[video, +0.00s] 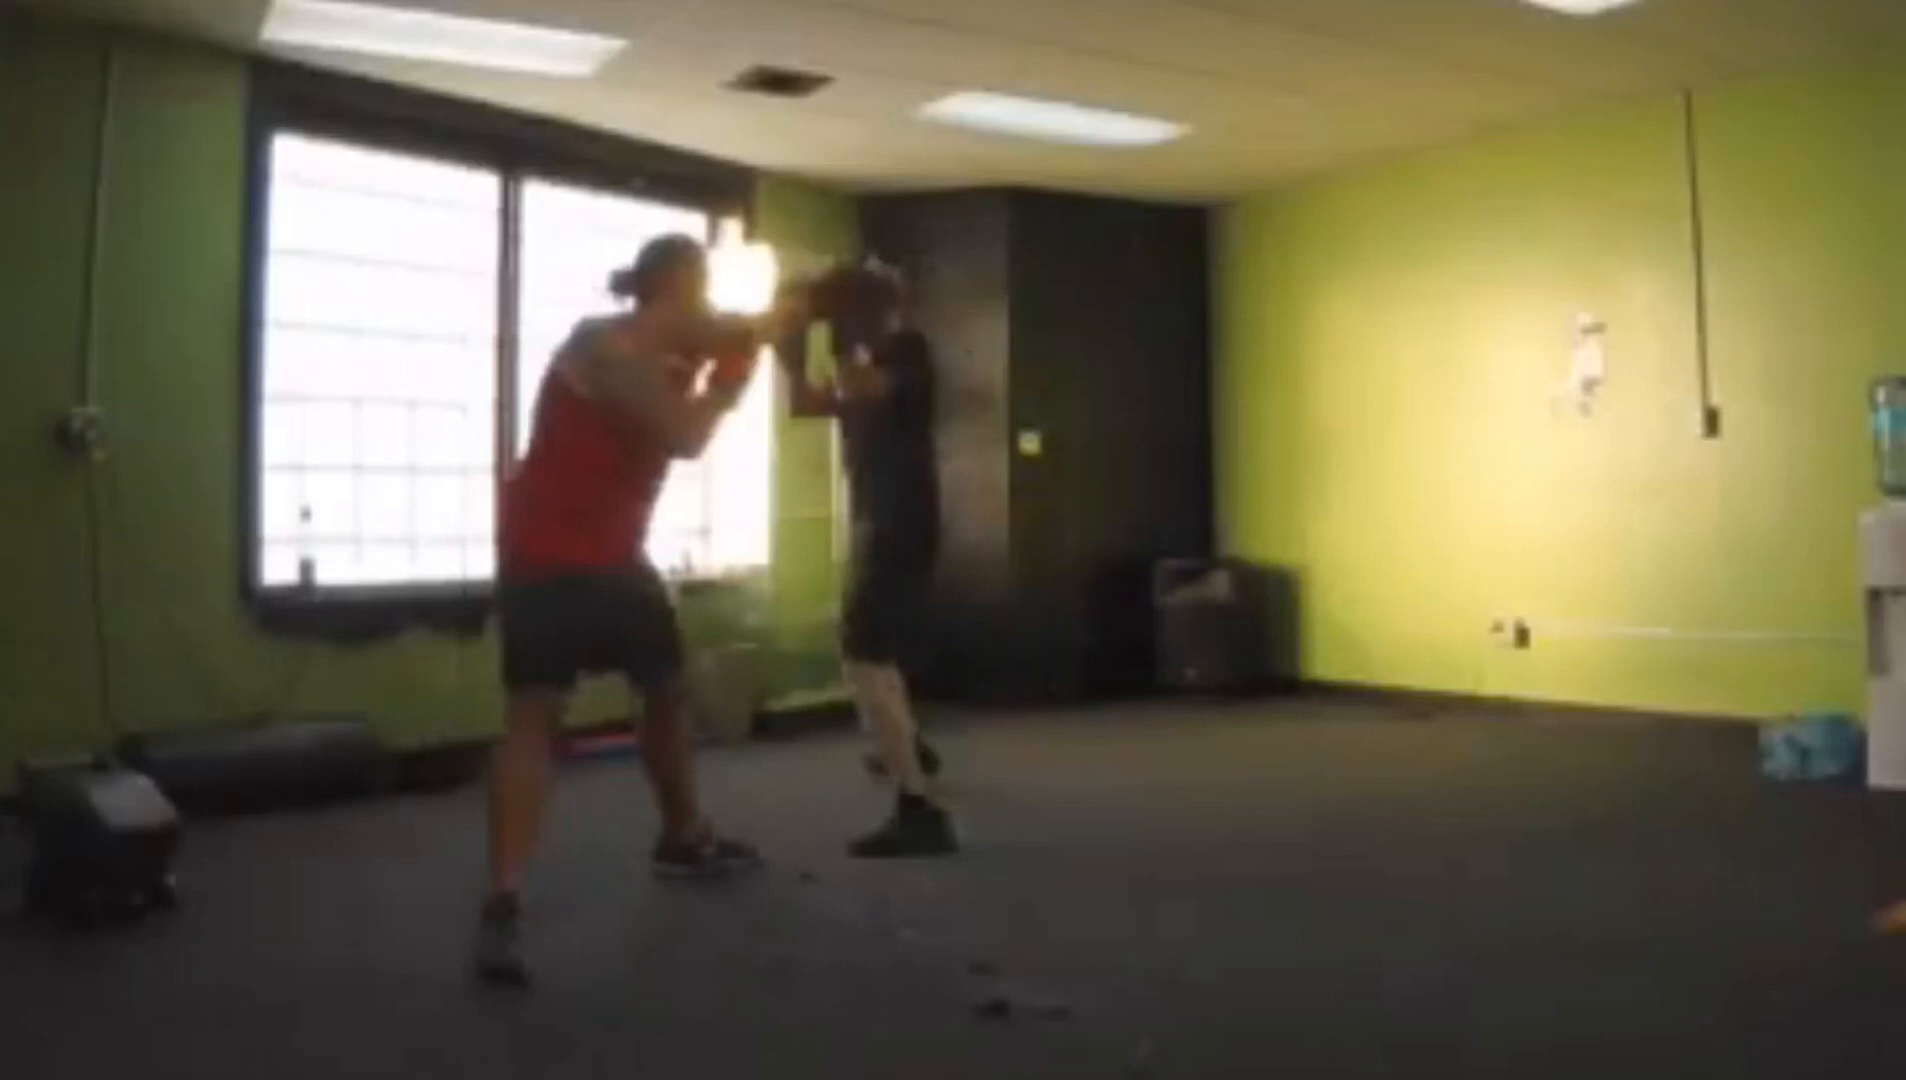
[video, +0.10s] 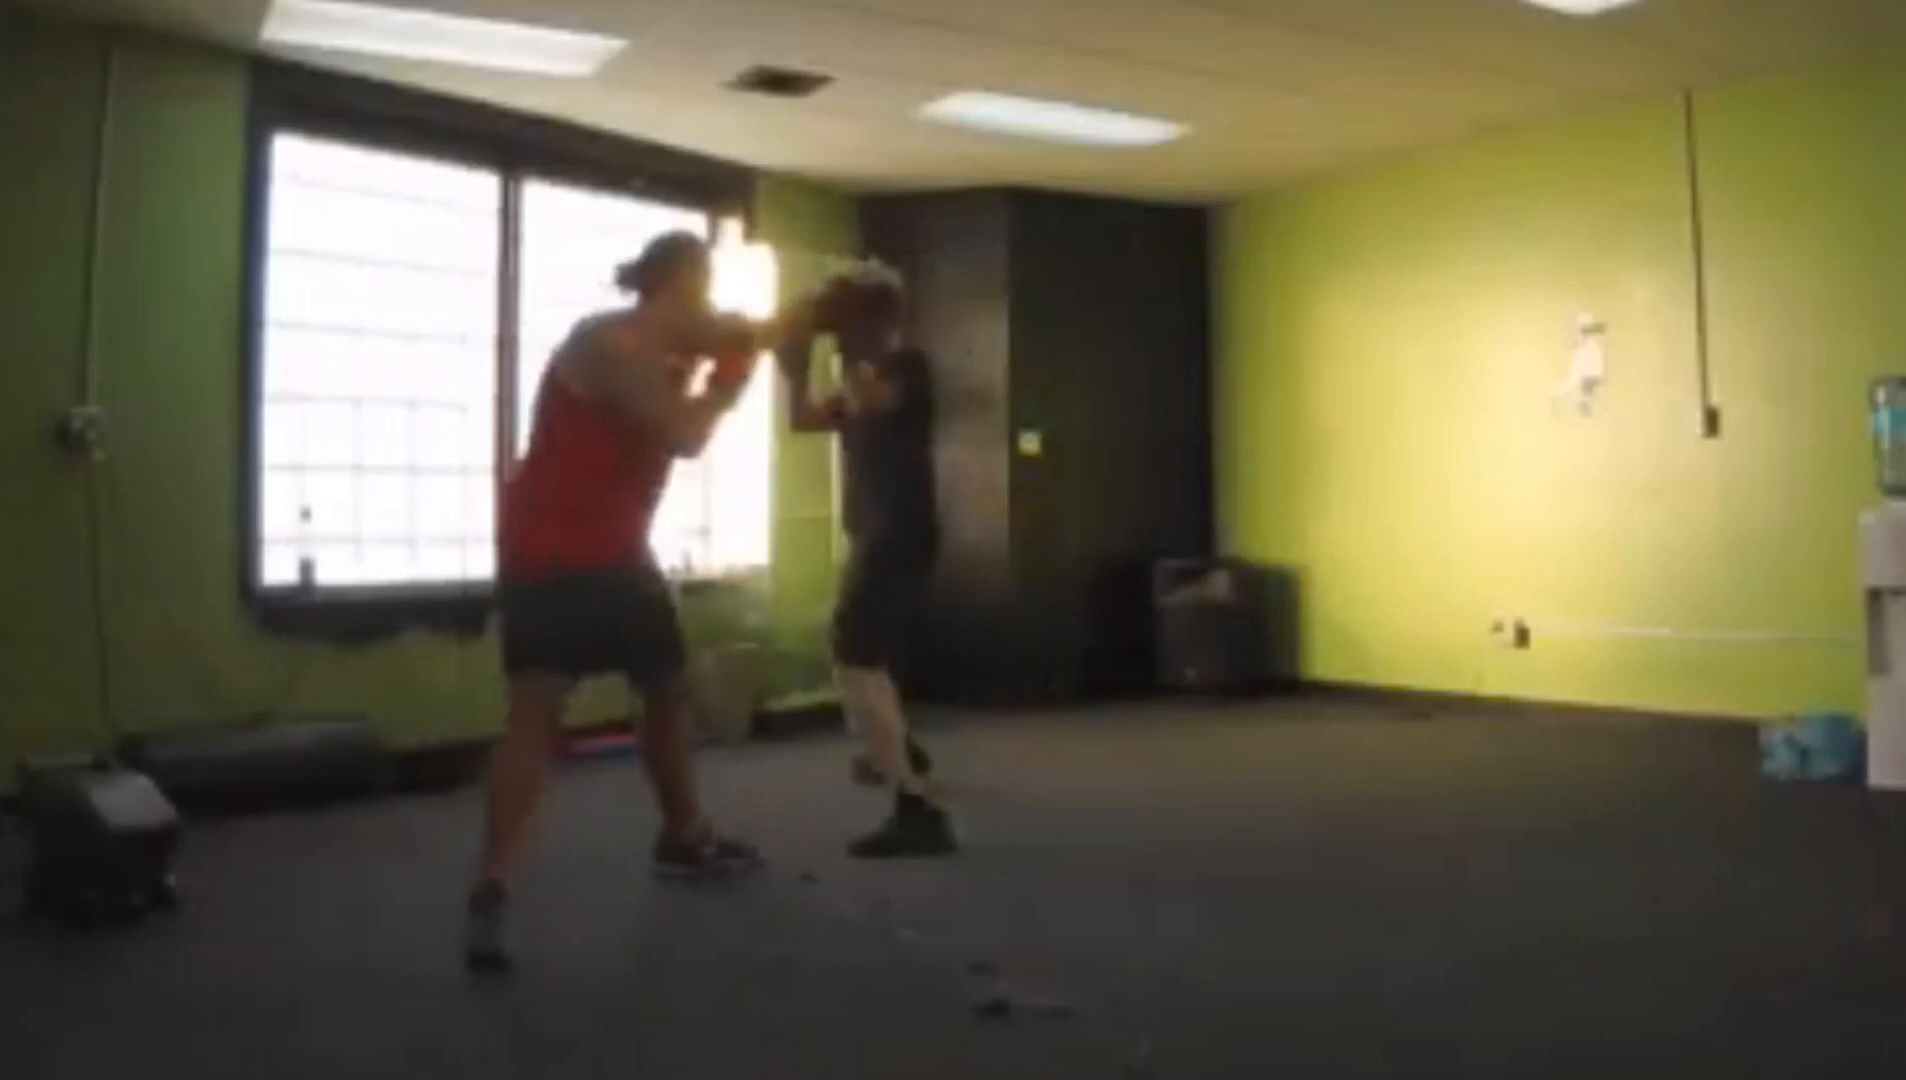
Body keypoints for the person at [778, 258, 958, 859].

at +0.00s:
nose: (840, 325)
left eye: (847, 311)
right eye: (840, 311)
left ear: (871, 307)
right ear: (860, 313)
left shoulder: (906, 351)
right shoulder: (867, 364)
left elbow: (861, 391)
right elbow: (801, 401)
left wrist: (836, 331)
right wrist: (792, 335)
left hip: (899, 524)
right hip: (880, 523)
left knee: (868, 659)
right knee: (869, 656)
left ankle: (916, 805)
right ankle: (908, 754)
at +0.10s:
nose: (841, 335)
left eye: (848, 322)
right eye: (840, 323)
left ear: (873, 319)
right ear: (861, 323)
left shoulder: (907, 367)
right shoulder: (865, 383)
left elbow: (870, 402)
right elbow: (802, 417)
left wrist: (841, 343)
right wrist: (796, 348)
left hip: (898, 538)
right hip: (876, 536)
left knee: (859, 661)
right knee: (863, 656)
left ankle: (912, 803)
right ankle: (899, 752)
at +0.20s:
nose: (851, 337)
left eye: (859, 323)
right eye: (844, 325)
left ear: (876, 324)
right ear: (834, 328)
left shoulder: (900, 374)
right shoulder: (843, 383)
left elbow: (935, 441)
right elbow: (832, 463)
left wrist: (872, 413)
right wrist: (815, 416)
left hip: (888, 528)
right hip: (864, 527)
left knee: (856, 656)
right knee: (870, 655)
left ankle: (903, 793)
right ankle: (908, 757)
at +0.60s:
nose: (833, 312)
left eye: (840, 302)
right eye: (831, 302)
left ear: (853, 303)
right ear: (830, 304)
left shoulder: (885, 350)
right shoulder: (826, 355)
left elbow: (896, 409)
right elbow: (784, 398)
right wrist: (784, 343)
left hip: (883, 506)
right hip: (842, 507)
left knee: (867, 629)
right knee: (820, 618)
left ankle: (888, 770)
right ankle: (866, 718)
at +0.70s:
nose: (838, 318)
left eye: (845, 307)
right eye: (832, 308)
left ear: (859, 308)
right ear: (823, 312)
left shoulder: (889, 356)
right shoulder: (816, 367)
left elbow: (898, 416)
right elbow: (767, 391)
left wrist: (841, 406)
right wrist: (761, 344)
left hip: (884, 512)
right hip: (835, 514)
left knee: (871, 629)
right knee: (811, 622)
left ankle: (913, 764)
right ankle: (818, 715)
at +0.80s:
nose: (841, 347)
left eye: (850, 337)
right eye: (835, 336)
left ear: (865, 339)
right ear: (826, 339)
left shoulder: (888, 392)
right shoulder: (818, 400)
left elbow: (902, 471)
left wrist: (842, 458)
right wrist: (783, 411)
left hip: (877, 539)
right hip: (829, 540)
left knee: (873, 655)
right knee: (789, 654)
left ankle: (955, 754)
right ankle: (793, 738)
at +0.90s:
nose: (855, 372)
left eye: (864, 362)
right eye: (850, 360)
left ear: (878, 365)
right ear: (841, 361)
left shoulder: (903, 418)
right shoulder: (824, 414)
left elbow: (914, 486)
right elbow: (796, 476)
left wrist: (894, 494)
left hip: (881, 564)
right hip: (831, 564)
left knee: (895, 666)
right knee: (776, 666)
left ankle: (969, 757)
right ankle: (791, 741)